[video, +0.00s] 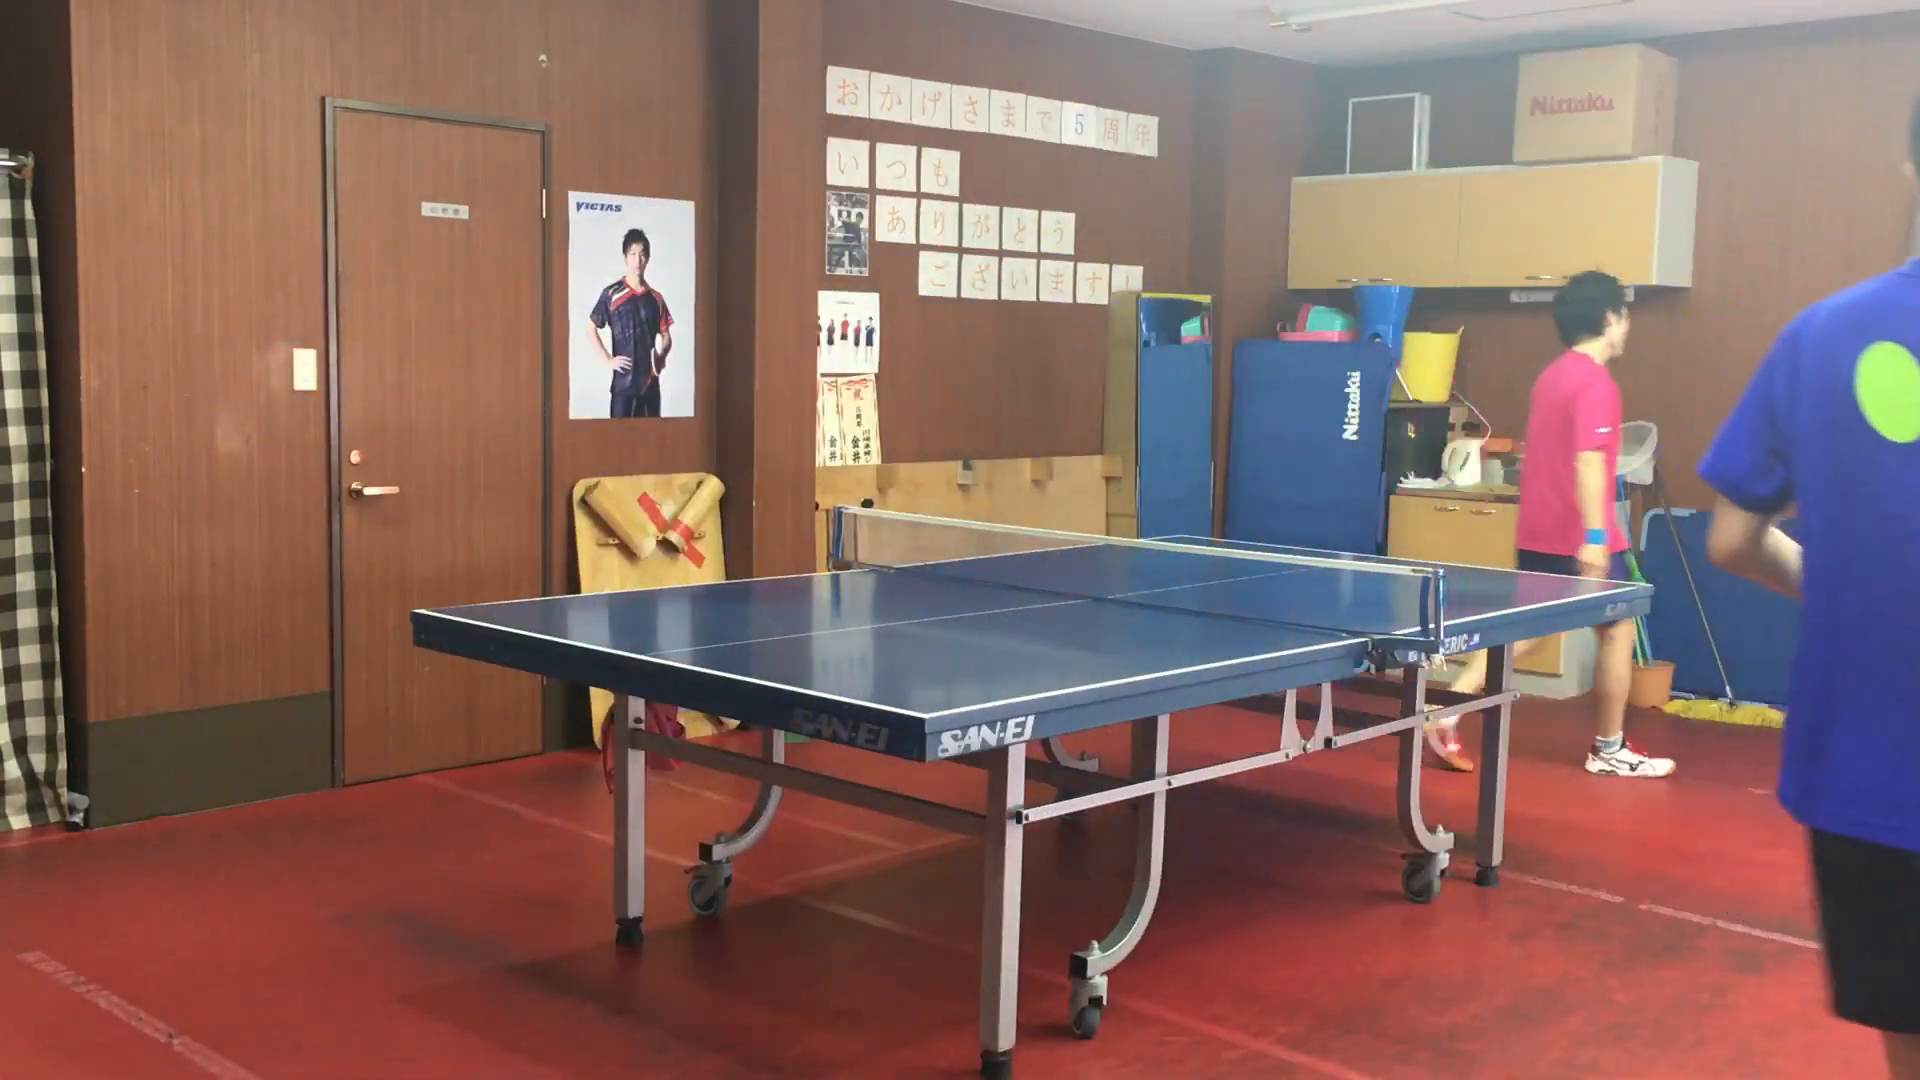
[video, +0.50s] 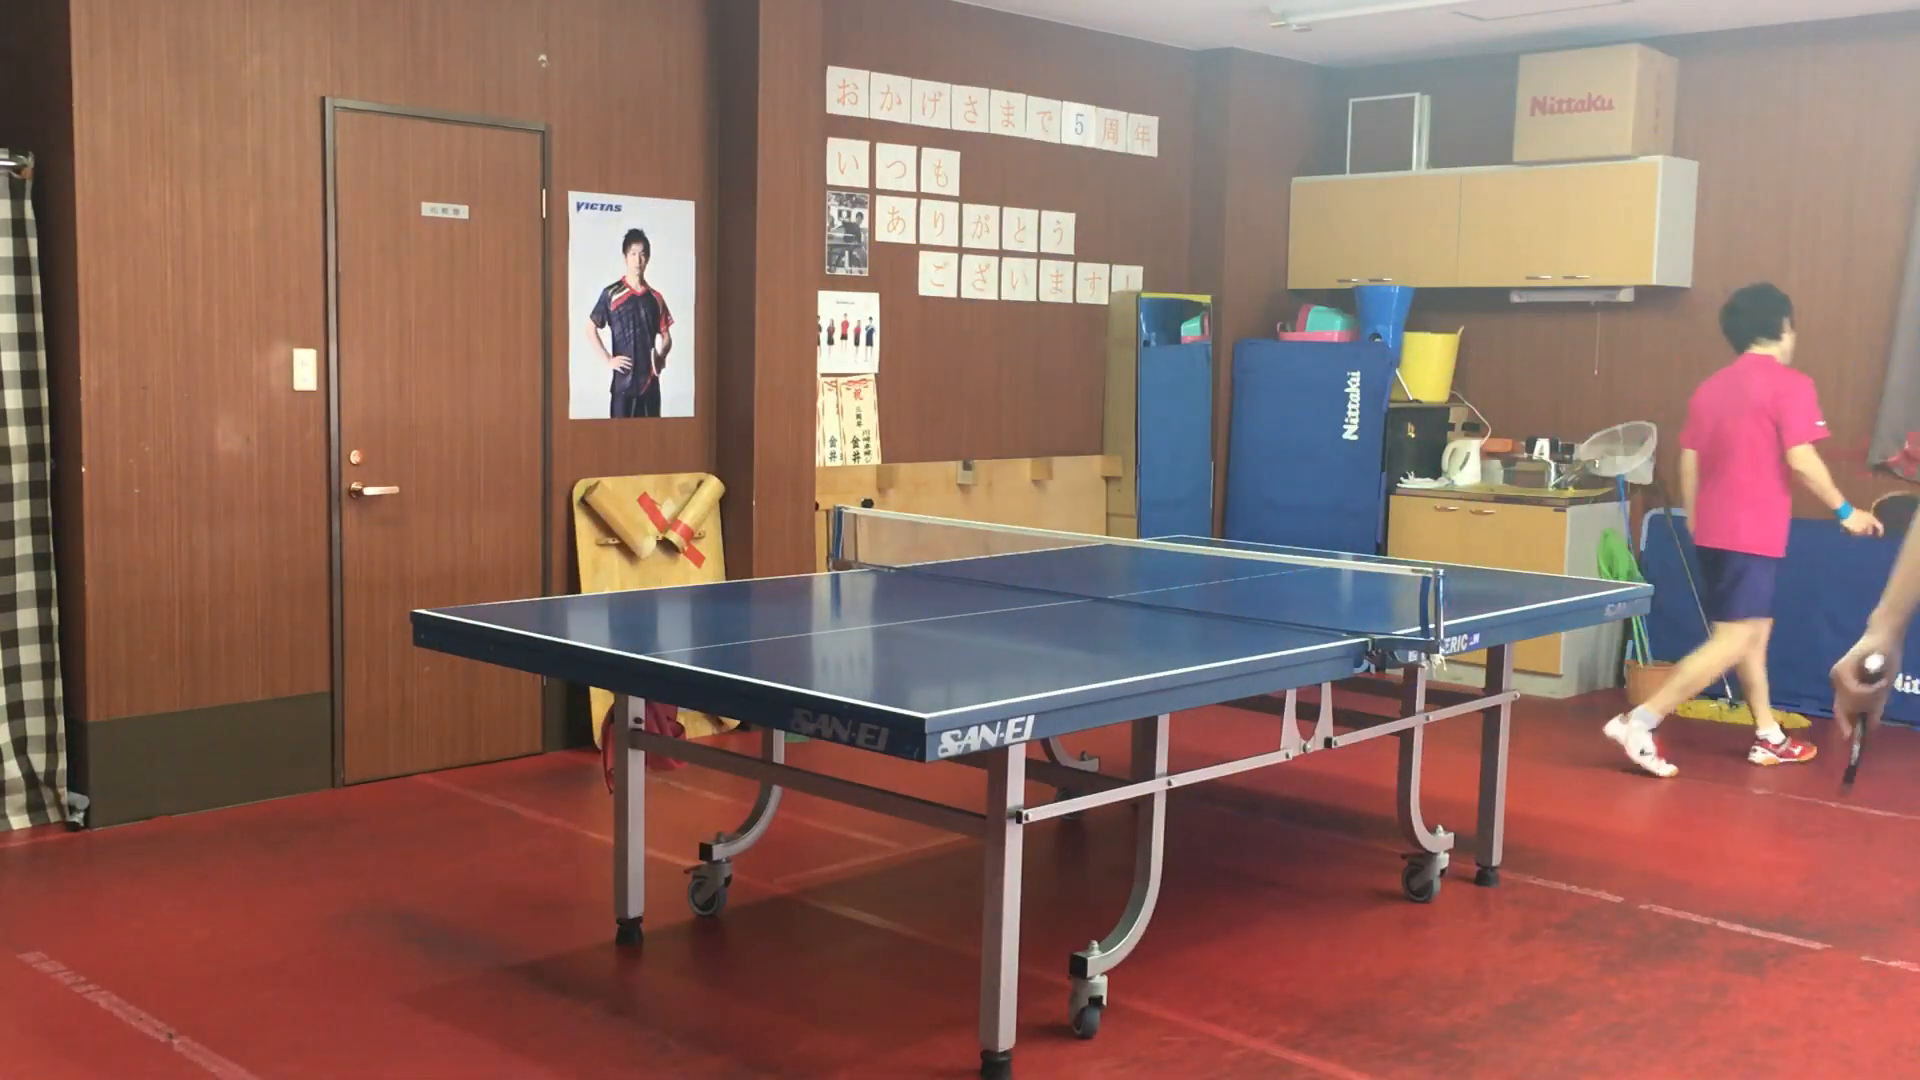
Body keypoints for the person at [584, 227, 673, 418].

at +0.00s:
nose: (638, 260)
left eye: (643, 254)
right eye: (633, 254)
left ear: (648, 258)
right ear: (625, 257)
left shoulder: (655, 297)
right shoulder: (611, 294)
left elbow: (665, 335)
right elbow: (591, 328)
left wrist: (661, 356)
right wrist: (608, 359)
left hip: (650, 377)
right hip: (624, 378)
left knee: (650, 435)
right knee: (621, 435)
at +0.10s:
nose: (638, 260)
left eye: (643, 254)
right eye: (633, 254)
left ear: (648, 258)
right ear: (625, 258)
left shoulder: (655, 297)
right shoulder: (611, 294)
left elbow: (665, 335)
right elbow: (591, 327)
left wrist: (661, 356)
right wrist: (608, 359)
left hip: (649, 377)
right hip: (624, 378)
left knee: (650, 435)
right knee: (621, 435)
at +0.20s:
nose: (638, 260)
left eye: (643, 254)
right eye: (633, 254)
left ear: (648, 258)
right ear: (625, 257)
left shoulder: (655, 297)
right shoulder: (611, 294)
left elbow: (665, 335)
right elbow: (591, 327)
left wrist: (661, 356)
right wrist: (608, 359)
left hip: (649, 378)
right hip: (624, 379)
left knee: (650, 436)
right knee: (621, 436)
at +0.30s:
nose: (638, 260)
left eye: (643, 254)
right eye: (633, 254)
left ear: (648, 258)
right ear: (625, 257)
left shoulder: (655, 297)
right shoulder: (611, 294)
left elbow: (665, 336)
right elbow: (591, 328)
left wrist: (661, 356)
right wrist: (608, 359)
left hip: (650, 378)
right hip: (624, 379)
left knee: (650, 436)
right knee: (622, 436)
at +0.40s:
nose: (638, 259)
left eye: (643, 254)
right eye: (633, 254)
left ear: (648, 258)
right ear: (625, 257)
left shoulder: (655, 297)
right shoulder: (611, 294)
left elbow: (665, 336)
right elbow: (591, 328)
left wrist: (661, 355)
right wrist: (608, 359)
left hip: (650, 378)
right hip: (624, 379)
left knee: (650, 436)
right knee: (622, 436)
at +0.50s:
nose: (638, 259)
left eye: (643, 254)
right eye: (633, 254)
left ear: (648, 258)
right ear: (625, 257)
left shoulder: (655, 297)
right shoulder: (611, 294)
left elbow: (665, 336)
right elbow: (591, 328)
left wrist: (661, 356)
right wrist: (608, 359)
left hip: (650, 378)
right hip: (624, 379)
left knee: (650, 436)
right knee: (622, 436)